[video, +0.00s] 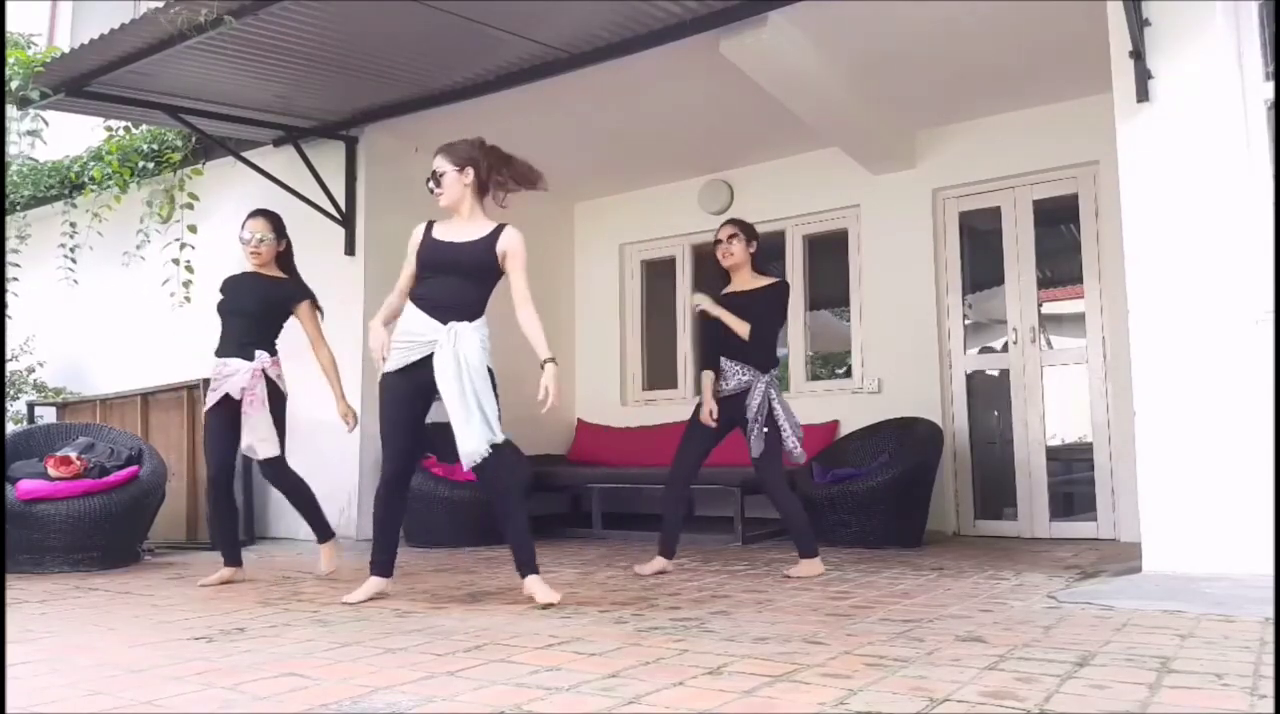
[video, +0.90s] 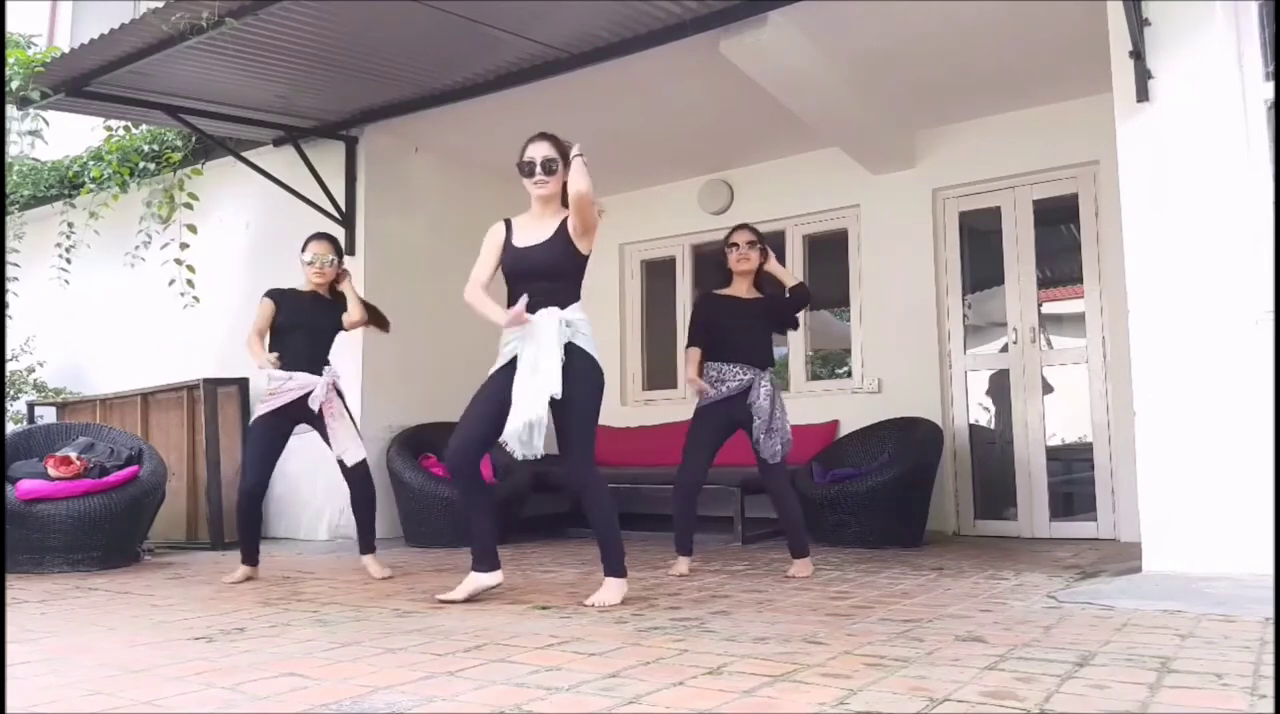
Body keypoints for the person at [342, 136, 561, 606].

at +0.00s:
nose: (431, 185)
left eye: (438, 177)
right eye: (431, 178)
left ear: (467, 175)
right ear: (455, 178)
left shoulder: (504, 238)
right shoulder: (424, 233)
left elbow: (523, 306)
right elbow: (401, 292)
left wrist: (548, 360)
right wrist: (378, 320)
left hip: (465, 354)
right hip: (410, 350)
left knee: (498, 458)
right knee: (395, 465)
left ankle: (529, 575)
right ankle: (379, 574)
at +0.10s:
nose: (451, 185)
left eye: (457, 176)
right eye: (449, 178)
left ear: (488, 174)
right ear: (472, 178)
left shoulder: (523, 230)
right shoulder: (448, 237)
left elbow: (540, 299)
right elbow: (444, 303)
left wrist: (557, 362)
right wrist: (412, 334)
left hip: (492, 356)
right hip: (441, 354)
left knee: (512, 467)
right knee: (396, 457)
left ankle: (560, 575)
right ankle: (379, 565)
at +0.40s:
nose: (492, 183)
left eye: (501, 173)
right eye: (487, 177)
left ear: (530, 175)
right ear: (486, 184)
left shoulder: (554, 232)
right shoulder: (483, 243)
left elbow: (572, 303)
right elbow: (462, 311)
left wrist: (578, 303)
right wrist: (431, 355)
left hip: (541, 360)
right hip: (494, 359)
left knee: (530, 471)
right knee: (434, 449)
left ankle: (568, 580)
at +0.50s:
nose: (504, 172)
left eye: (514, 163)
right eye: (496, 166)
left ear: (538, 167)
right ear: (490, 174)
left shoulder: (559, 223)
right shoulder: (478, 232)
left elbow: (579, 277)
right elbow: (453, 303)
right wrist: (394, 336)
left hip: (539, 351)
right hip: (485, 350)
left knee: (541, 464)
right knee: (469, 464)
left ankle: (567, 577)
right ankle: (471, 568)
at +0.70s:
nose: (520, 167)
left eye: (529, 159)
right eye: (510, 161)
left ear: (547, 167)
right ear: (502, 171)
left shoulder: (565, 220)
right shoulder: (485, 229)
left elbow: (589, 212)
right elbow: (450, 296)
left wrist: (580, 167)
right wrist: (391, 328)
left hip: (545, 351)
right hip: (490, 350)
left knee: (571, 455)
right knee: (482, 463)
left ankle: (588, 576)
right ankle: (469, 571)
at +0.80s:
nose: (531, 167)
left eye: (540, 159)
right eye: (521, 161)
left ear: (556, 166)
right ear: (512, 170)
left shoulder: (572, 221)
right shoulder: (495, 226)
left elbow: (582, 201)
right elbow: (459, 287)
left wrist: (571, 156)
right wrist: (449, 331)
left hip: (559, 347)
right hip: (503, 347)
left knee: (574, 463)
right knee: (476, 459)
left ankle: (605, 574)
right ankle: (478, 567)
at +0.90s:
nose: (539, 173)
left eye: (548, 165)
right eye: (530, 167)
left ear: (565, 172)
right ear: (521, 175)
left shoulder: (579, 225)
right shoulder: (503, 230)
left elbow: (582, 196)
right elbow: (473, 290)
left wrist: (577, 159)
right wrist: (502, 317)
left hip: (572, 352)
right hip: (521, 355)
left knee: (580, 465)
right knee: (461, 453)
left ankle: (615, 576)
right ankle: (485, 568)